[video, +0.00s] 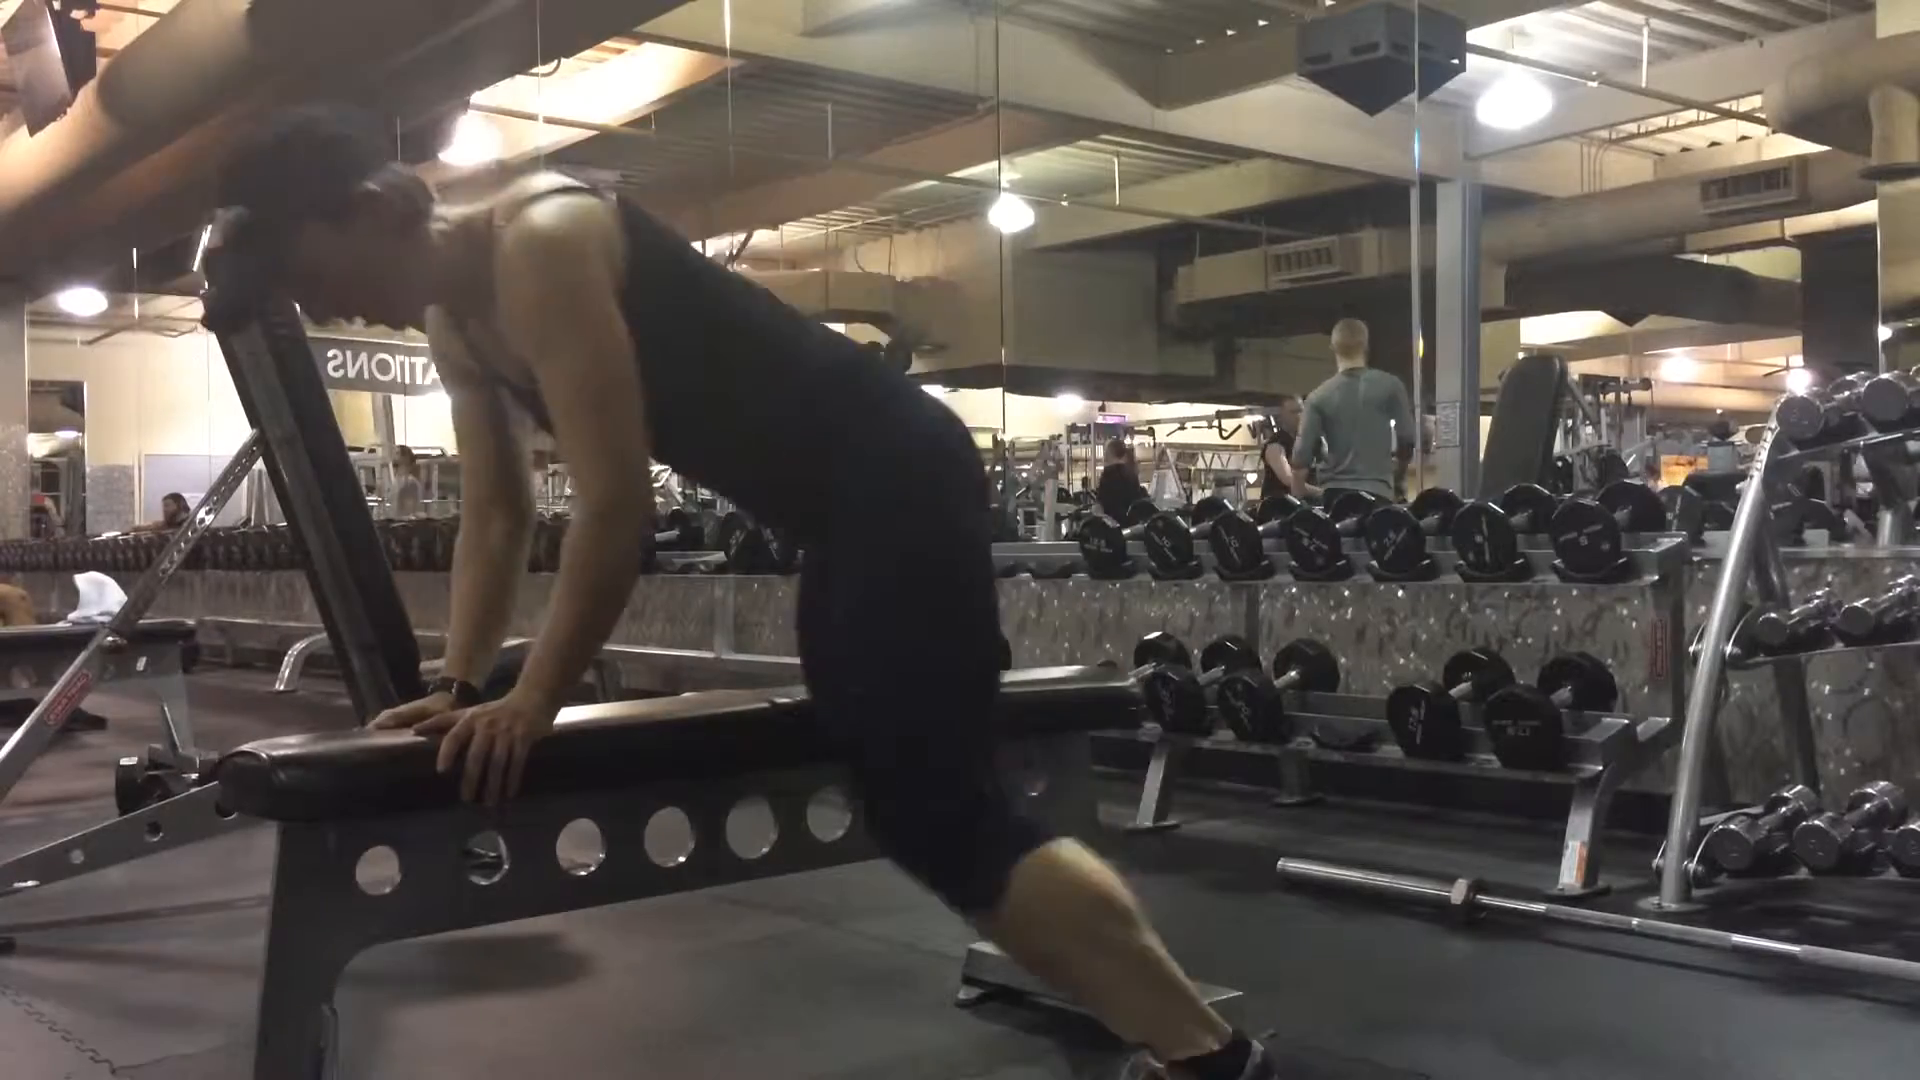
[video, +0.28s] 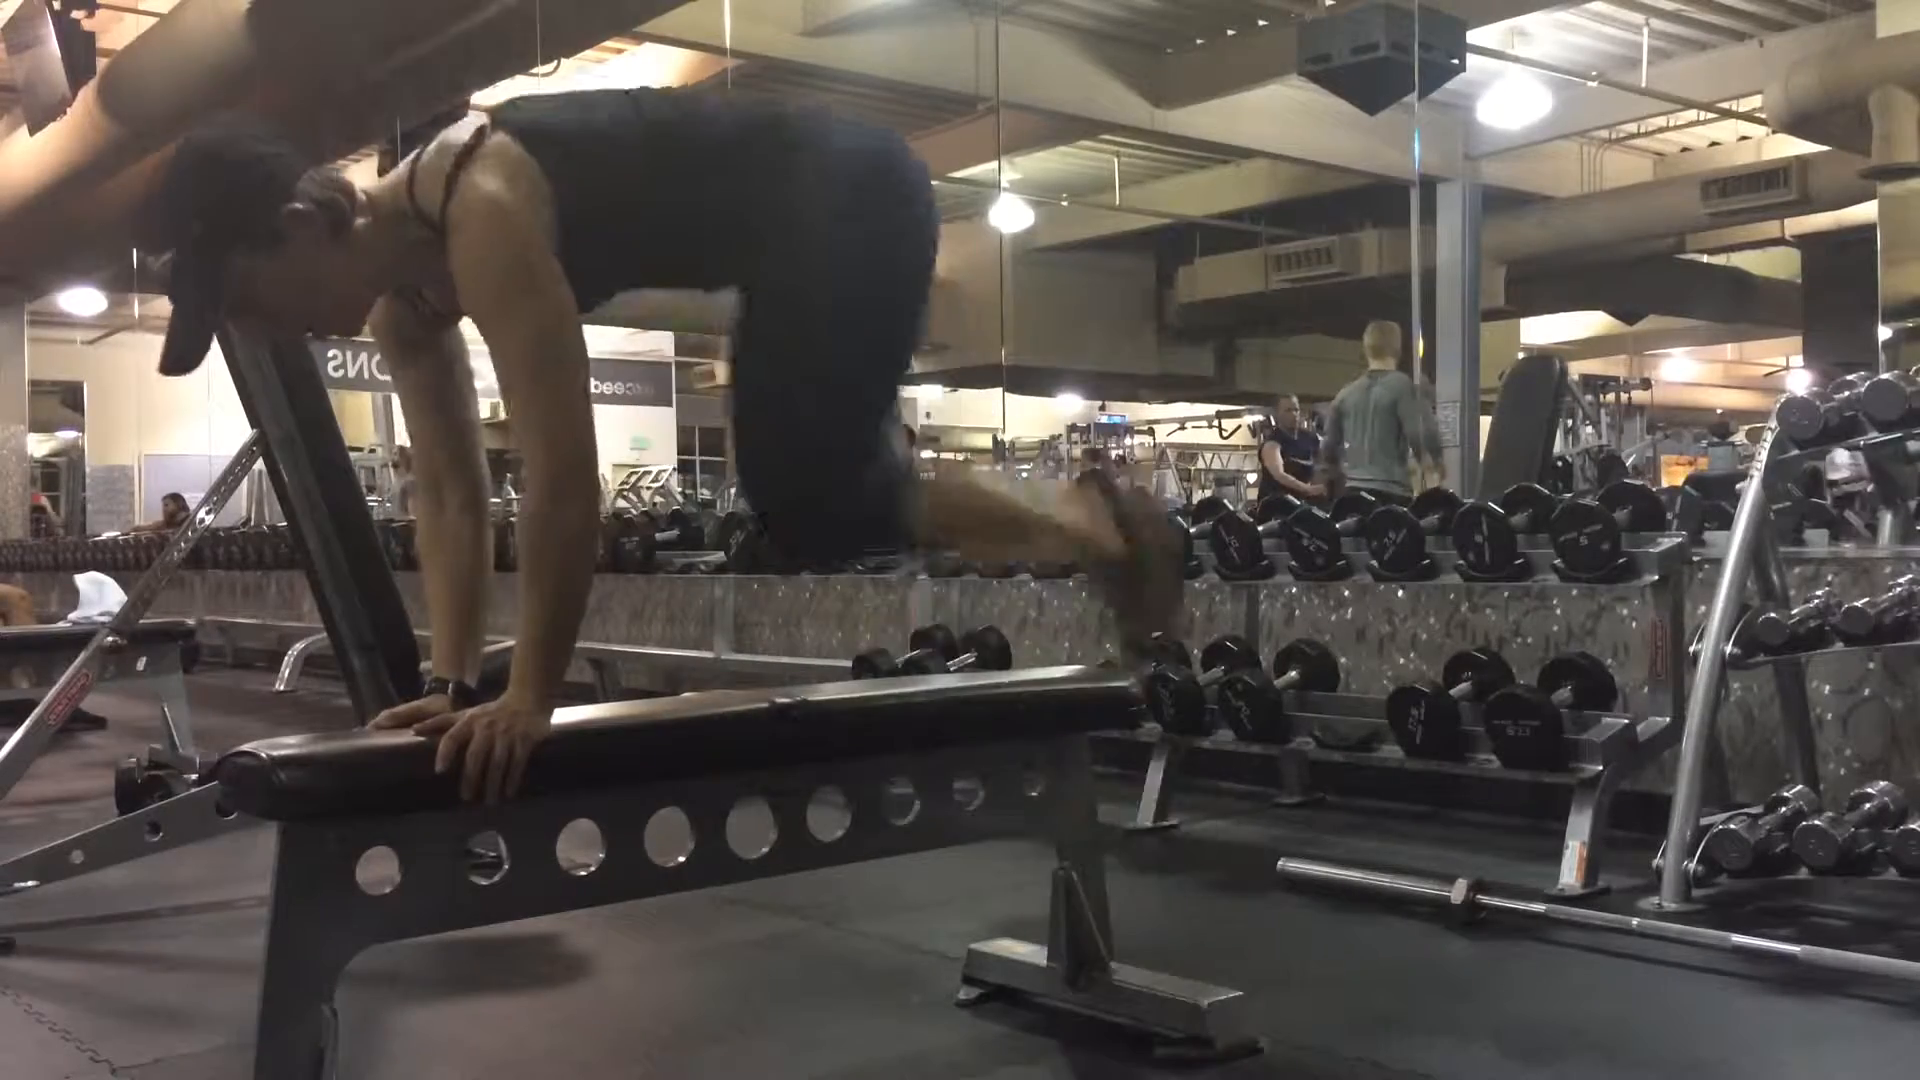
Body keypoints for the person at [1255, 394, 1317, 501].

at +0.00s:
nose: (1298, 417)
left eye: (1300, 411)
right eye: (1292, 412)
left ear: (1304, 413)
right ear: (1281, 415)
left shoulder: (1300, 442)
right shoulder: (1274, 445)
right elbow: (1288, 479)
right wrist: (1320, 492)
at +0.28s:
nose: (1294, 415)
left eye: (1296, 410)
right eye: (1288, 411)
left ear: (1300, 412)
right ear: (1277, 414)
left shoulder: (1311, 439)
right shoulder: (1272, 443)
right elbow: (1278, 474)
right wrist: (1308, 489)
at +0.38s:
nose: (1295, 414)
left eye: (1297, 409)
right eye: (1289, 409)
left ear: (1300, 411)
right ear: (1277, 413)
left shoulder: (1311, 438)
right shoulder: (1273, 439)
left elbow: (1331, 459)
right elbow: (1270, 474)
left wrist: (1345, 478)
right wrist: (1301, 489)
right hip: (1274, 503)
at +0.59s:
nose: (1297, 413)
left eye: (1299, 408)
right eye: (1291, 409)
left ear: (1303, 411)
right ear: (1278, 412)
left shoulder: (1313, 438)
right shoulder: (1271, 440)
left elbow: (1330, 464)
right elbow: (1254, 472)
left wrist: (1331, 483)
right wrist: (1283, 488)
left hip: (1310, 503)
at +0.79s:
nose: (1304, 414)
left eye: (1307, 410)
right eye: (1298, 409)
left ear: (1310, 412)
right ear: (1285, 411)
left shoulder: (1316, 440)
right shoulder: (1273, 438)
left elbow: (1328, 470)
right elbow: (1243, 461)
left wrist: (1317, 482)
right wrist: (1266, 485)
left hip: (1307, 505)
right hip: (1277, 506)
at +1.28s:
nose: (1315, 424)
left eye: (1317, 420)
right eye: (1312, 420)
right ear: (1296, 419)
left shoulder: (1322, 444)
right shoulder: (1279, 443)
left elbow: (1333, 470)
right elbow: (1253, 472)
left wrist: (1322, 489)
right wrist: (1266, 499)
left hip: (1309, 509)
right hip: (1280, 509)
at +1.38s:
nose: (1315, 424)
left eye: (1316, 420)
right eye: (1312, 420)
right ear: (1296, 419)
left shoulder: (1322, 443)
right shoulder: (1280, 443)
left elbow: (1333, 467)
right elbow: (1258, 477)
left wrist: (1327, 486)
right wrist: (1272, 500)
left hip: (1315, 504)